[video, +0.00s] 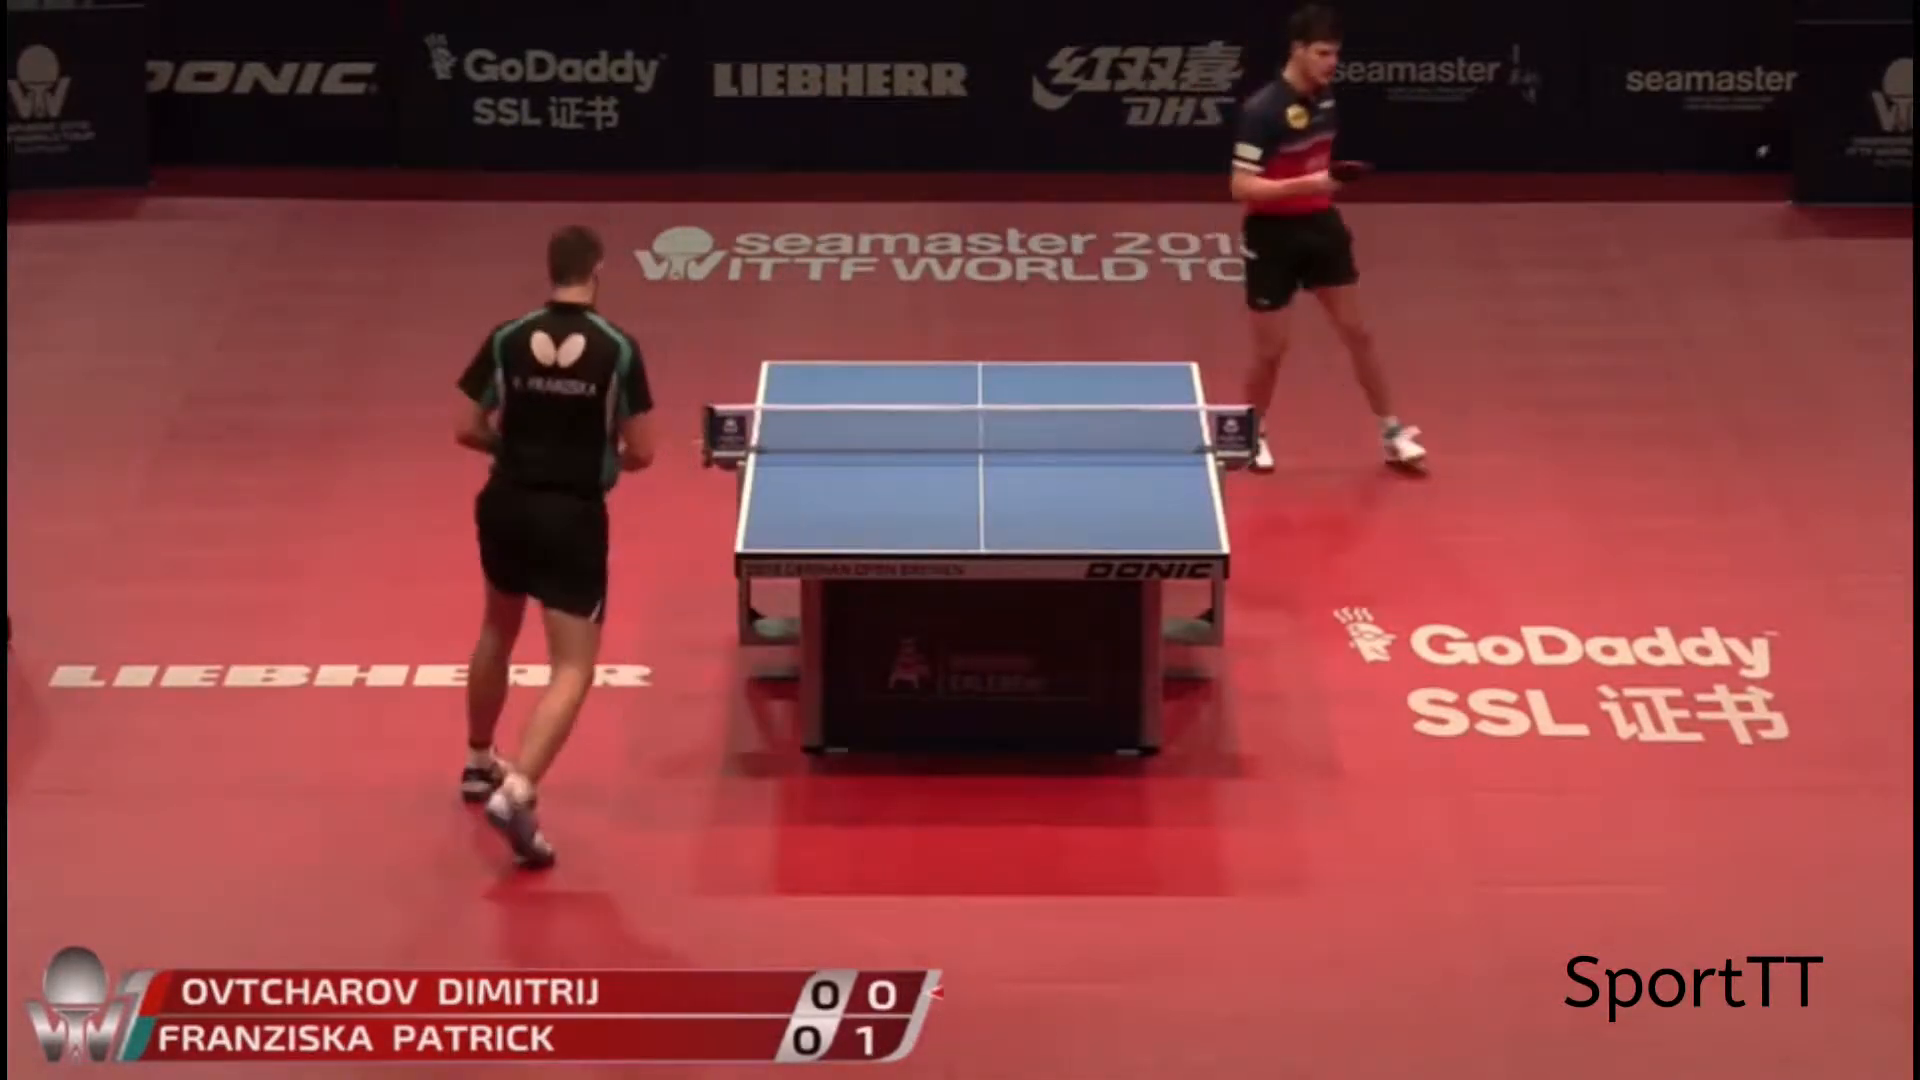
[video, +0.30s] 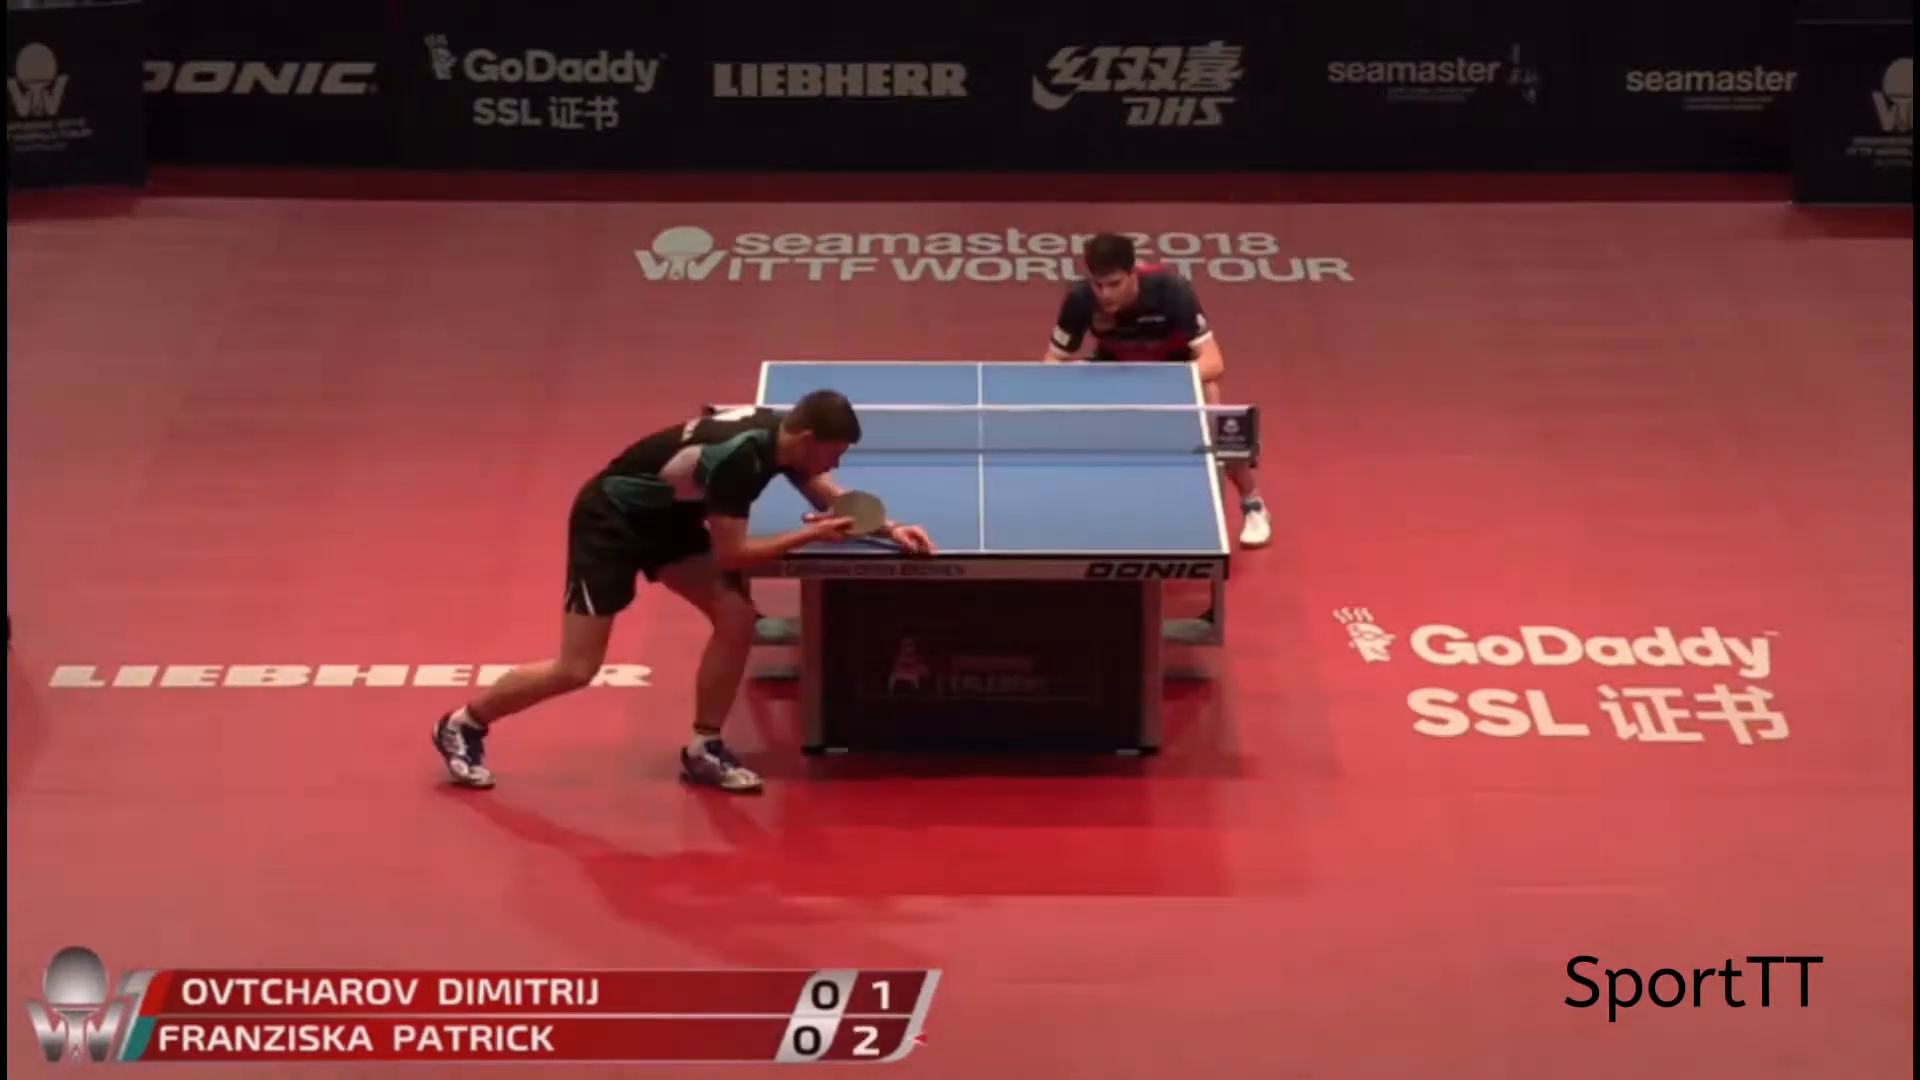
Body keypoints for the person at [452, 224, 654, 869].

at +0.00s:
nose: (596, 280)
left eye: (584, 270)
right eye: (599, 271)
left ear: (549, 272)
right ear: (595, 275)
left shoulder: (507, 338)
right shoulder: (619, 349)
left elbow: (468, 427)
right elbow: (640, 451)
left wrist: (515, 447)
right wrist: (603, 450)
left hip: (504, 506)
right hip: (574, 516)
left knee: (497, 629)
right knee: (572, 668)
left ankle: (479, 760)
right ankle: (518, 791)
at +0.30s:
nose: (832, 466)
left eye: (837, 457)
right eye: (830, 454)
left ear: (810, 432)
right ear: (803, 435)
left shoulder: (784, 435)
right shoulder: (740, 457)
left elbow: (826, 504)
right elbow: (735, 560)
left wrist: (888, 529)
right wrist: (810, 534)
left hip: (667, 524)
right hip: (609, 517)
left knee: (736, 616)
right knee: (576, 668)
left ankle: (704, 750)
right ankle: (464, 725)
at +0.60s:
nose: (831, 464)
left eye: (836, 454)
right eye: (830, 453)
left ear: (809, 434)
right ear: (803, 435)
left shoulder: (780, 443)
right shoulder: (737, 451)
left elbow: (799, 520)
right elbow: (726, 554)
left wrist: (871, 532)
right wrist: (806, 531)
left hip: (669, 525)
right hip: (611, 515)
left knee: (737, 618)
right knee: (575, 667)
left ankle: (704, 749)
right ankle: (463, 725)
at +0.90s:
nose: (831, 467)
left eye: (836, 458)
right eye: (830, 457)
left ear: (810, 436)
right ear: (805, 439)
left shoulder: (781, 439)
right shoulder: (737, 453)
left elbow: (797, 521)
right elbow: (725, 552)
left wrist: (873, 538)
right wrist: (803, 533)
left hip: (670, 527)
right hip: (612, 516)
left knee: (738, 617)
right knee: (578, 666)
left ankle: (704, 750)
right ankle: (464, 725)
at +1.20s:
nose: (830, 467)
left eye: (835, 458)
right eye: (829, 457)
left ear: (809, 437)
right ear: (805, 439)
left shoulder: (779, 441)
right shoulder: (735, 453)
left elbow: (796, 524)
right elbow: (725, 553)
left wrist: (871, 539)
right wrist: (804, 533)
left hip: (669, 529)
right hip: (611, 519)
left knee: (738, 617)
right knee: (581, 670)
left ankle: (704, 749)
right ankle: (466, 724)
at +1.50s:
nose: (818, 458)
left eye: (823, 449)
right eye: (816, 447)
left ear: (794, 430)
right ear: (787, 429)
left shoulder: (768, 442)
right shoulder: (723, 449)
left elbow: (790, 522)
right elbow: (712, 549)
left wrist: (862, 538)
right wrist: (785, 525)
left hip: (665, 531)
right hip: (606, 523)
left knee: (739, 618)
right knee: (589, 676)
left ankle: (704, 749)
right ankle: (475, 716)